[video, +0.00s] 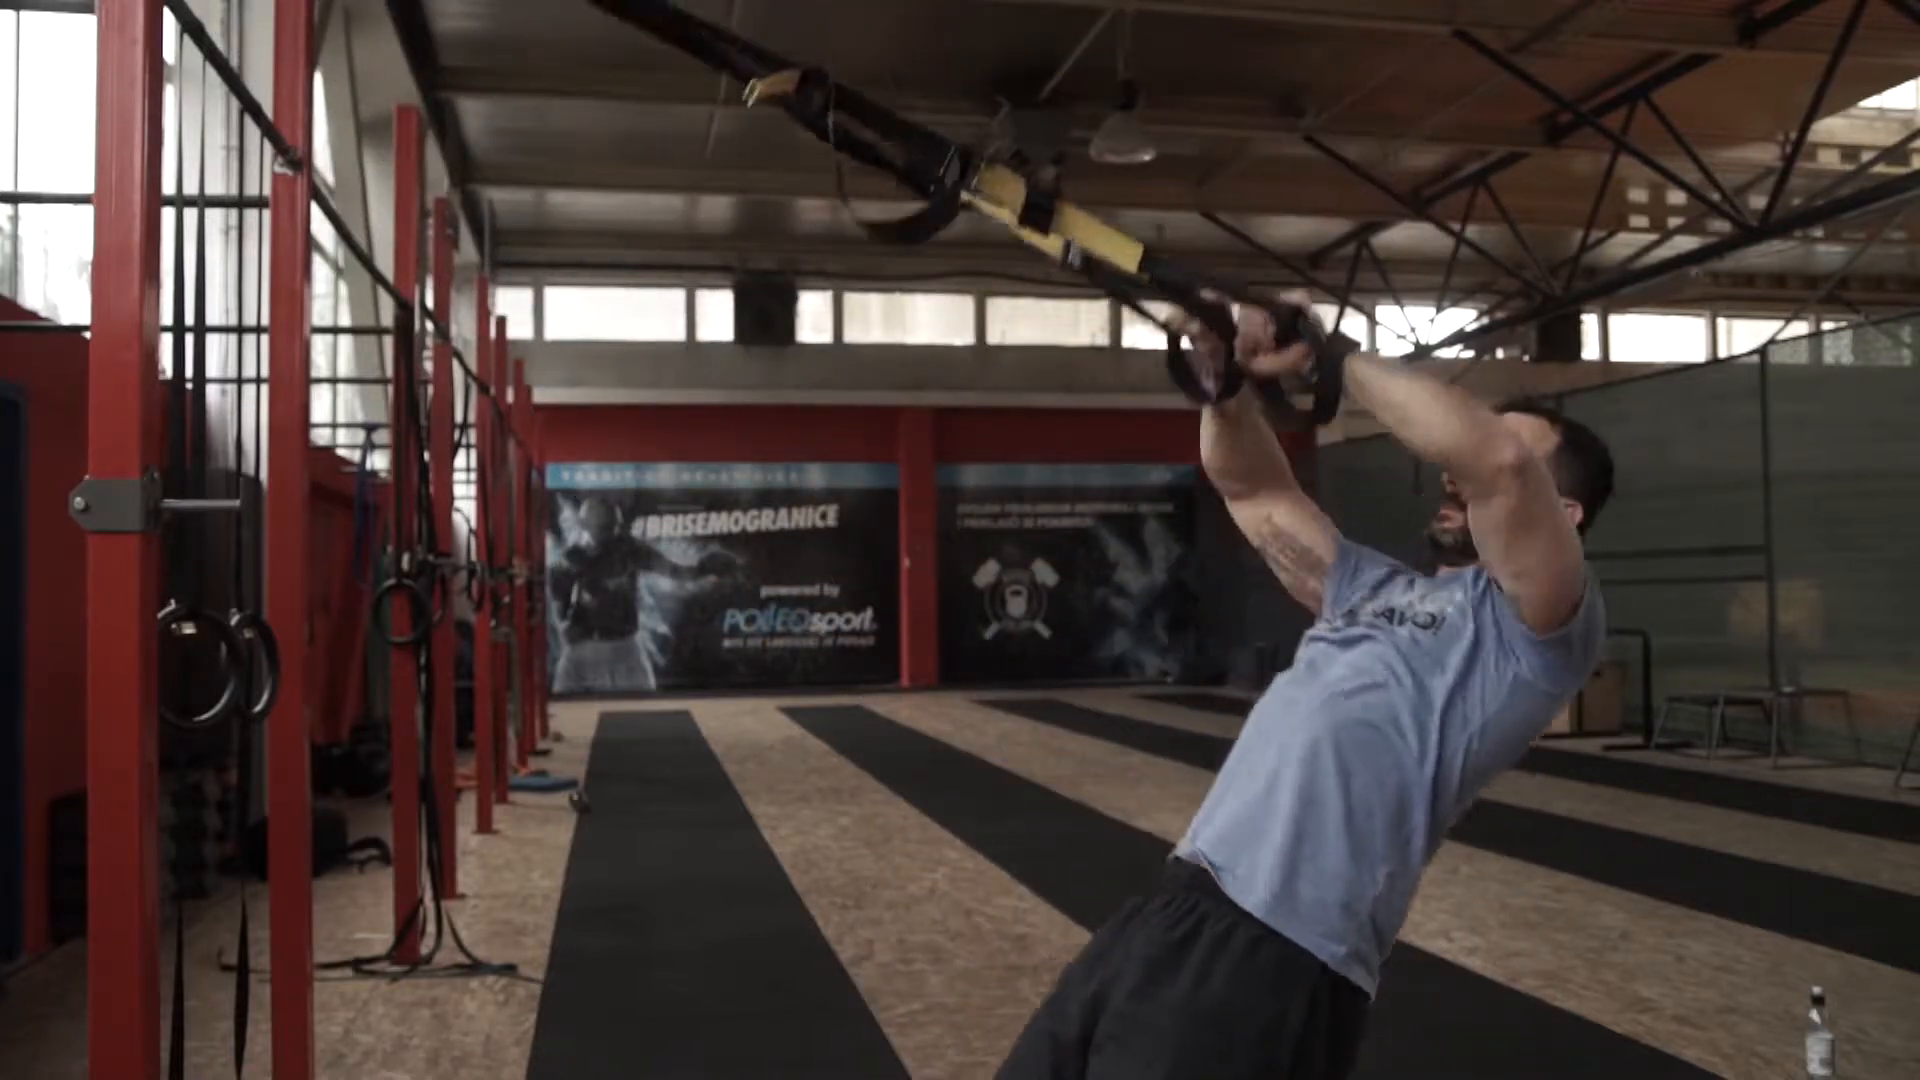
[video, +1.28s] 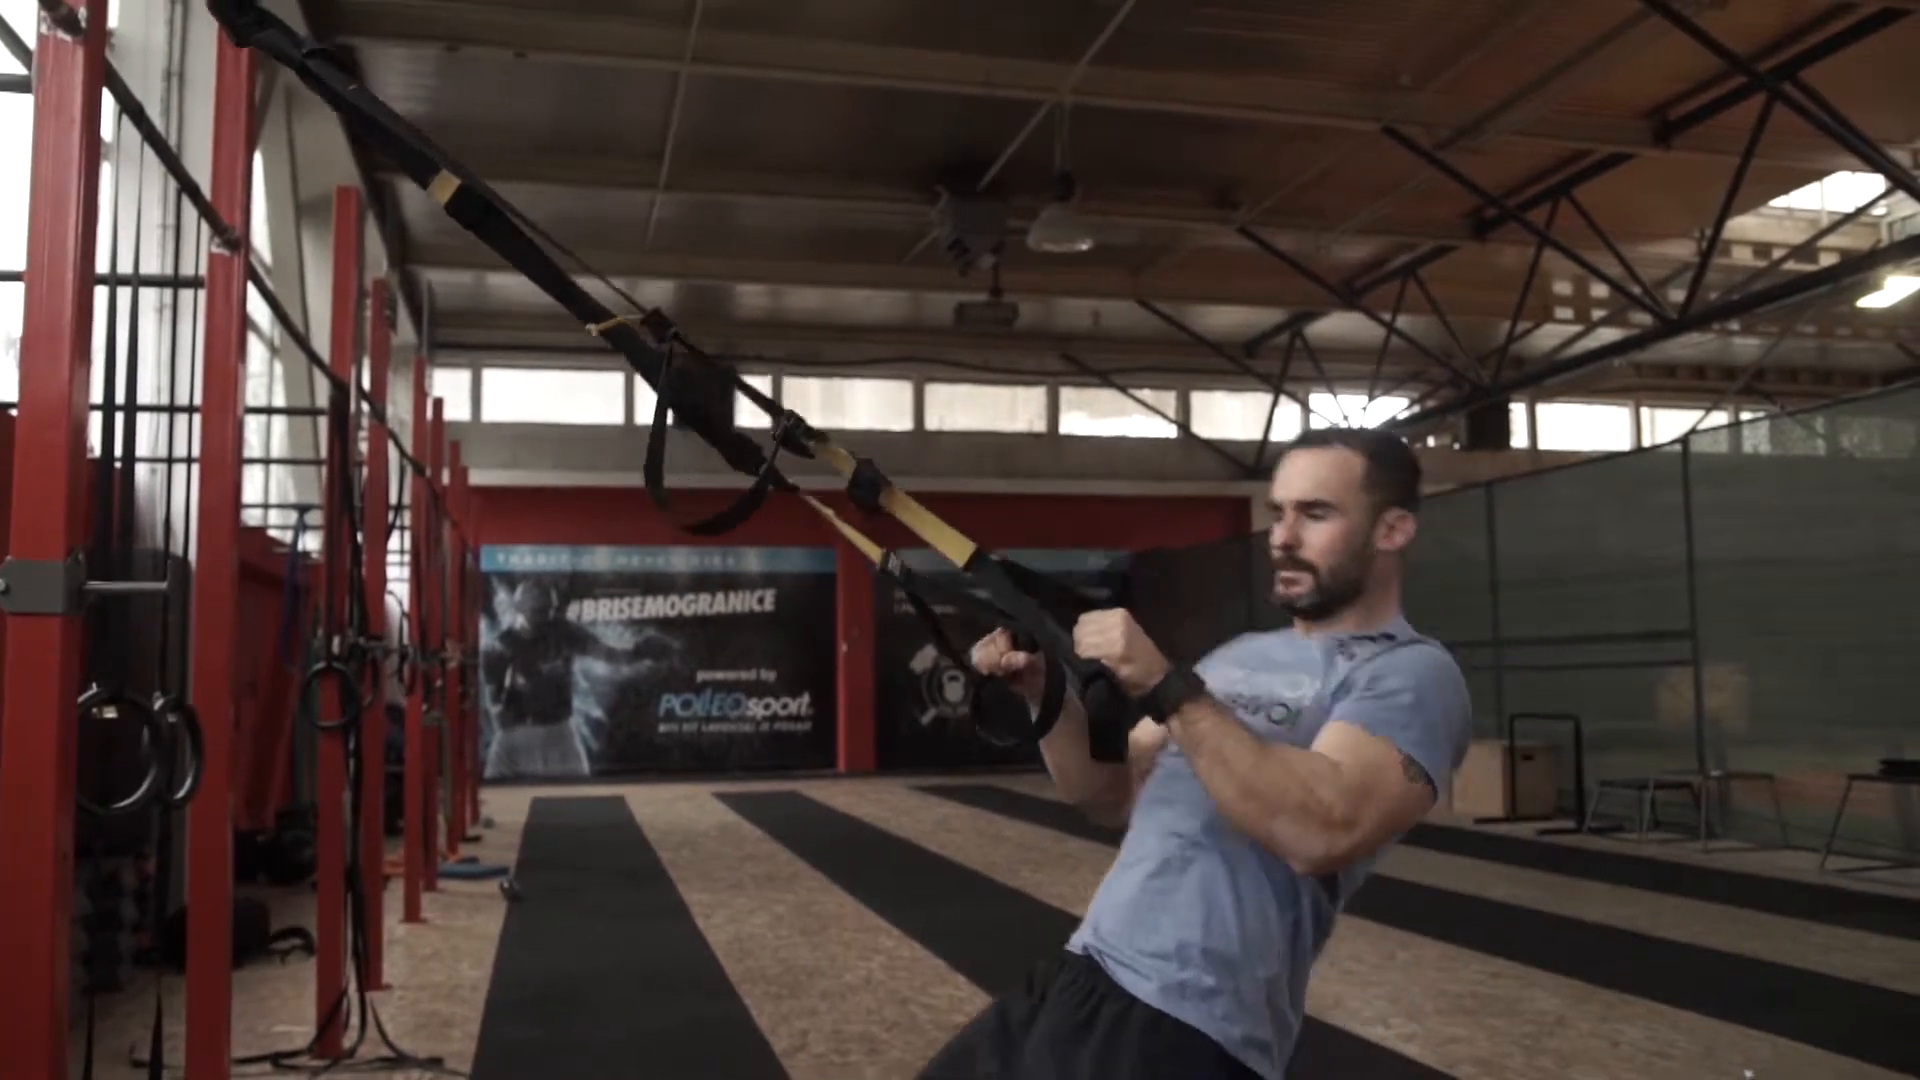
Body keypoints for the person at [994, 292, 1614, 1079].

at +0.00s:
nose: (1464, 474)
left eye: (1503, 454)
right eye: (1477, 447)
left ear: (1567, 510)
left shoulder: (1541, 632)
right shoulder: (1379, 587)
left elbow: (1496, 453)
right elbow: (1262, 499)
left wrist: (1331, 365)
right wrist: (1226, 392)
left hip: (1274, 977)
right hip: (1169, 916)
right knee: (1028, 1069)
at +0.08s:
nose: (1481, 497)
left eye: (1518, 487)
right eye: (1487, 479)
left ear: (1582, 541)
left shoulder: (1573, 652)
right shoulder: (1400, 614)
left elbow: (1463, 528)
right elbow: (1254, 546)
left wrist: (1302, 428)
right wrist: (1206, 459)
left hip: (1312, 993)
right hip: (1204, 930)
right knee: (1067, 1064)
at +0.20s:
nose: (1493, 525)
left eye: (1530, 515)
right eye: (1501, 509)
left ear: (1596, 565)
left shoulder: (1590, 672)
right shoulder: (1421, 640)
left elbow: (1429, 624)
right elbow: (1264, 636)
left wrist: (1246, 533)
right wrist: (1171, 550)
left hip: (1347, 1014)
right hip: (1233, 956)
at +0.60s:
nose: (1478, 612)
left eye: (1518, 602)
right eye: (1475, 590)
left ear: (1571, 645)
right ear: (1458, 597)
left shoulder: (1556, 749)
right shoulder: (1384, 715)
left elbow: (1383, 712)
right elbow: (1218, 729)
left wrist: (1197, 630)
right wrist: (1107, 639)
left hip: (1320, 1060)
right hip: (1197, 1012)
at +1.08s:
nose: (1431, 614)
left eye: (1469, 598)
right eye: (1423, 589)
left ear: (1526, 632)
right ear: (1404, 597)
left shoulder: (1517, 748)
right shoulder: (1340, 715)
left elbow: (1356, 772)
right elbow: (1167, 761)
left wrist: (1190, 638)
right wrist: (1081, 663)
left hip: (1283, 1062)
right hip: (1157, 1013)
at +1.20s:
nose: (1354, 571)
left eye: (1389, 551)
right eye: (1348, 548)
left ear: (1460, 579)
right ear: (1336, 555)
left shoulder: (1468, 713)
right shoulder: (1285, 685)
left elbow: (1329, 809)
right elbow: (1133, 786)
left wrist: (1182, 661)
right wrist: (1068, 680)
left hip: (1231, 1049)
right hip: (1113, 995)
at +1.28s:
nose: (1281, 538)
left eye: (1315, 514)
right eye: (1277, 514)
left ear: (1393, 530)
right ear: (1267, 519)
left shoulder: (1417, 675)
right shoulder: (1244, 653)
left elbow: (1320, 827)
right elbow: (1112, 793)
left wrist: (1167, 685)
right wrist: (1045, 697)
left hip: (1192, 1033)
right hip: (1078, 979)